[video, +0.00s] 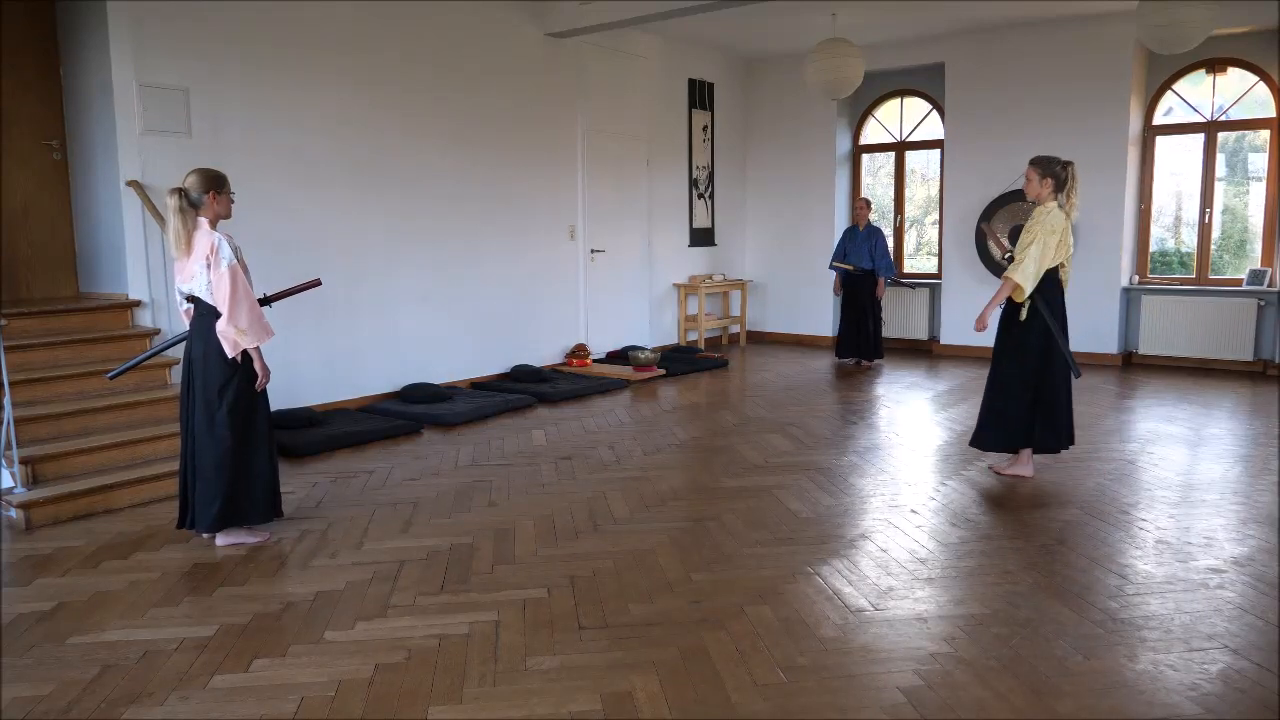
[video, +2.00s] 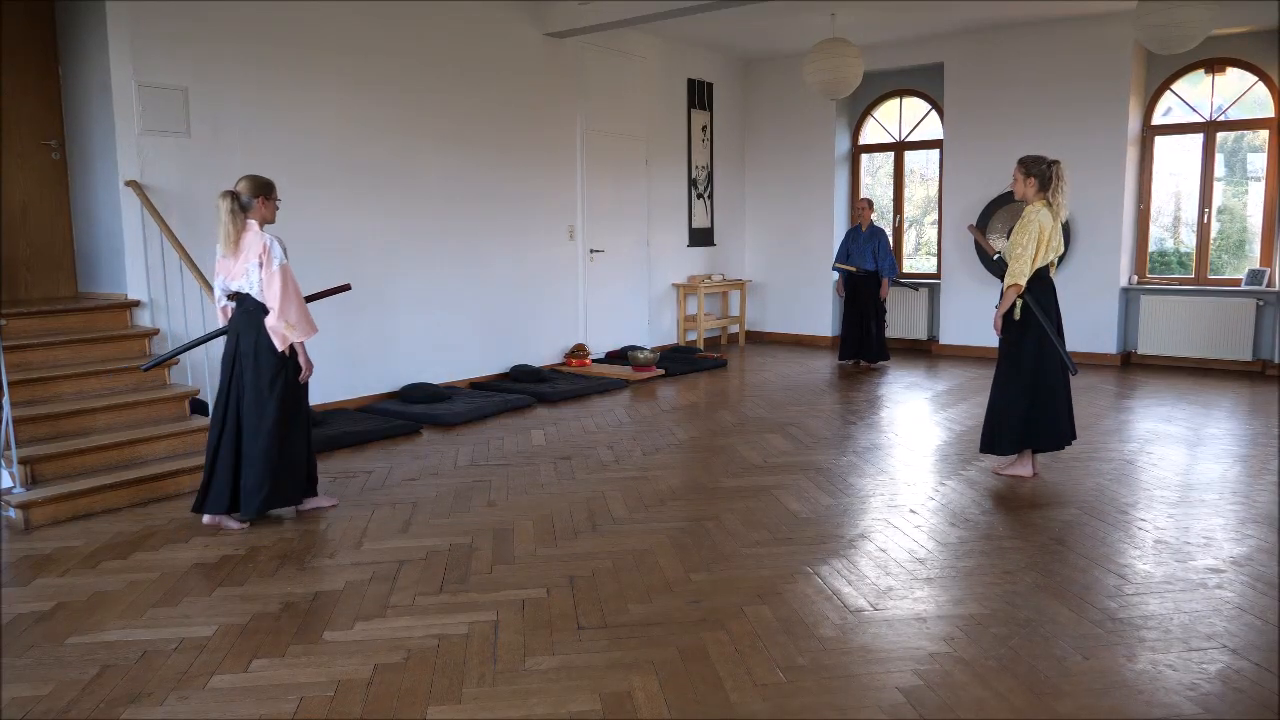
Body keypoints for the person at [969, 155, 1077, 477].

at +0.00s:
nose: (1024, 185)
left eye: (1028, 180)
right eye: (1025, 179)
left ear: (1047, 184)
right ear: (1048, 184)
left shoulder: (1046, 217)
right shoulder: (1056, 214)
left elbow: (1023, 266)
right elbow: (1046, 263)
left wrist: (989, 308)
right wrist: (1013, 255)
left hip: (1034, 303)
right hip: (1045, 301)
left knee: (1026, 376)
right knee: (1030, 375)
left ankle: (1024, 459)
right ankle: (1022, 454)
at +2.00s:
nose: (1012, 185)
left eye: (1016, 179)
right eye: (1013, 179)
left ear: (1031, 182)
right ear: (1035, 182)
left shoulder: (1032, 217)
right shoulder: (1048, 214)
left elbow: (1021, 268)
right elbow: (1016, 254)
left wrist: (1001, 308)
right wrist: (987, 243)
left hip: (1028, 301)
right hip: (1041, 298)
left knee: (1025, 376)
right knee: (1033, 376)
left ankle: (1025, 459)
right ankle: (1025, 455)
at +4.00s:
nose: (986, 186)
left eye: (990, 181)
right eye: (987, 181)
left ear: (1005, 184)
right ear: (1010, 184)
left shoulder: (1006, 217)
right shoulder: (1023, 216)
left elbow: (994, 269)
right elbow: (988, 266)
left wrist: (975, 307)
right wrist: (962, 246)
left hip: (1002, 301)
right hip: (1016, 298)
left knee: (1003, 375)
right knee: (1011, 374)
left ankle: (1007, 457)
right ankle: (1008, 454)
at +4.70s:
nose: (956, 192)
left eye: (959, 187)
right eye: (957, 186)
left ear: (975, 188)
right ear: (980, 189)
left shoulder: (976, 218)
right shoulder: (995, 215)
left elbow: (983, 265)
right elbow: (996, 257)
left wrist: (950, 277)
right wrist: (956, 250)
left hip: (978, 304)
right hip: (991, 301)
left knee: (988, 376)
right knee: (984, 375)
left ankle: (999, 458)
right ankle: (984, 449)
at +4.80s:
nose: (945, 195)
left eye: (948, 190)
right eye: (945, 189)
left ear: (963, 191)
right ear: (969, 191)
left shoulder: (965, 220)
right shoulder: (984, 217)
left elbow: (971, 265)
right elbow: (981, 258)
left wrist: (942, 266)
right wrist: (940, 252)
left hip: (966, 303)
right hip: (981, 300)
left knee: (950, 373)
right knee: (985, 375)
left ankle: (997, 459)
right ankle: (949, 443)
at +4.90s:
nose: (930, 200)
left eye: (933, 194)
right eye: (931, 194)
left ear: (949, 196)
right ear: (954, 196)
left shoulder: (951, 226)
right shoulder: (970, 222)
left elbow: (951, 272)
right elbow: (974, 263)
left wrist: (926, 270)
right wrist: (934, 261)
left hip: (955, 306)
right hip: (969, 302)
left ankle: (996, 459)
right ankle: (930, 445)